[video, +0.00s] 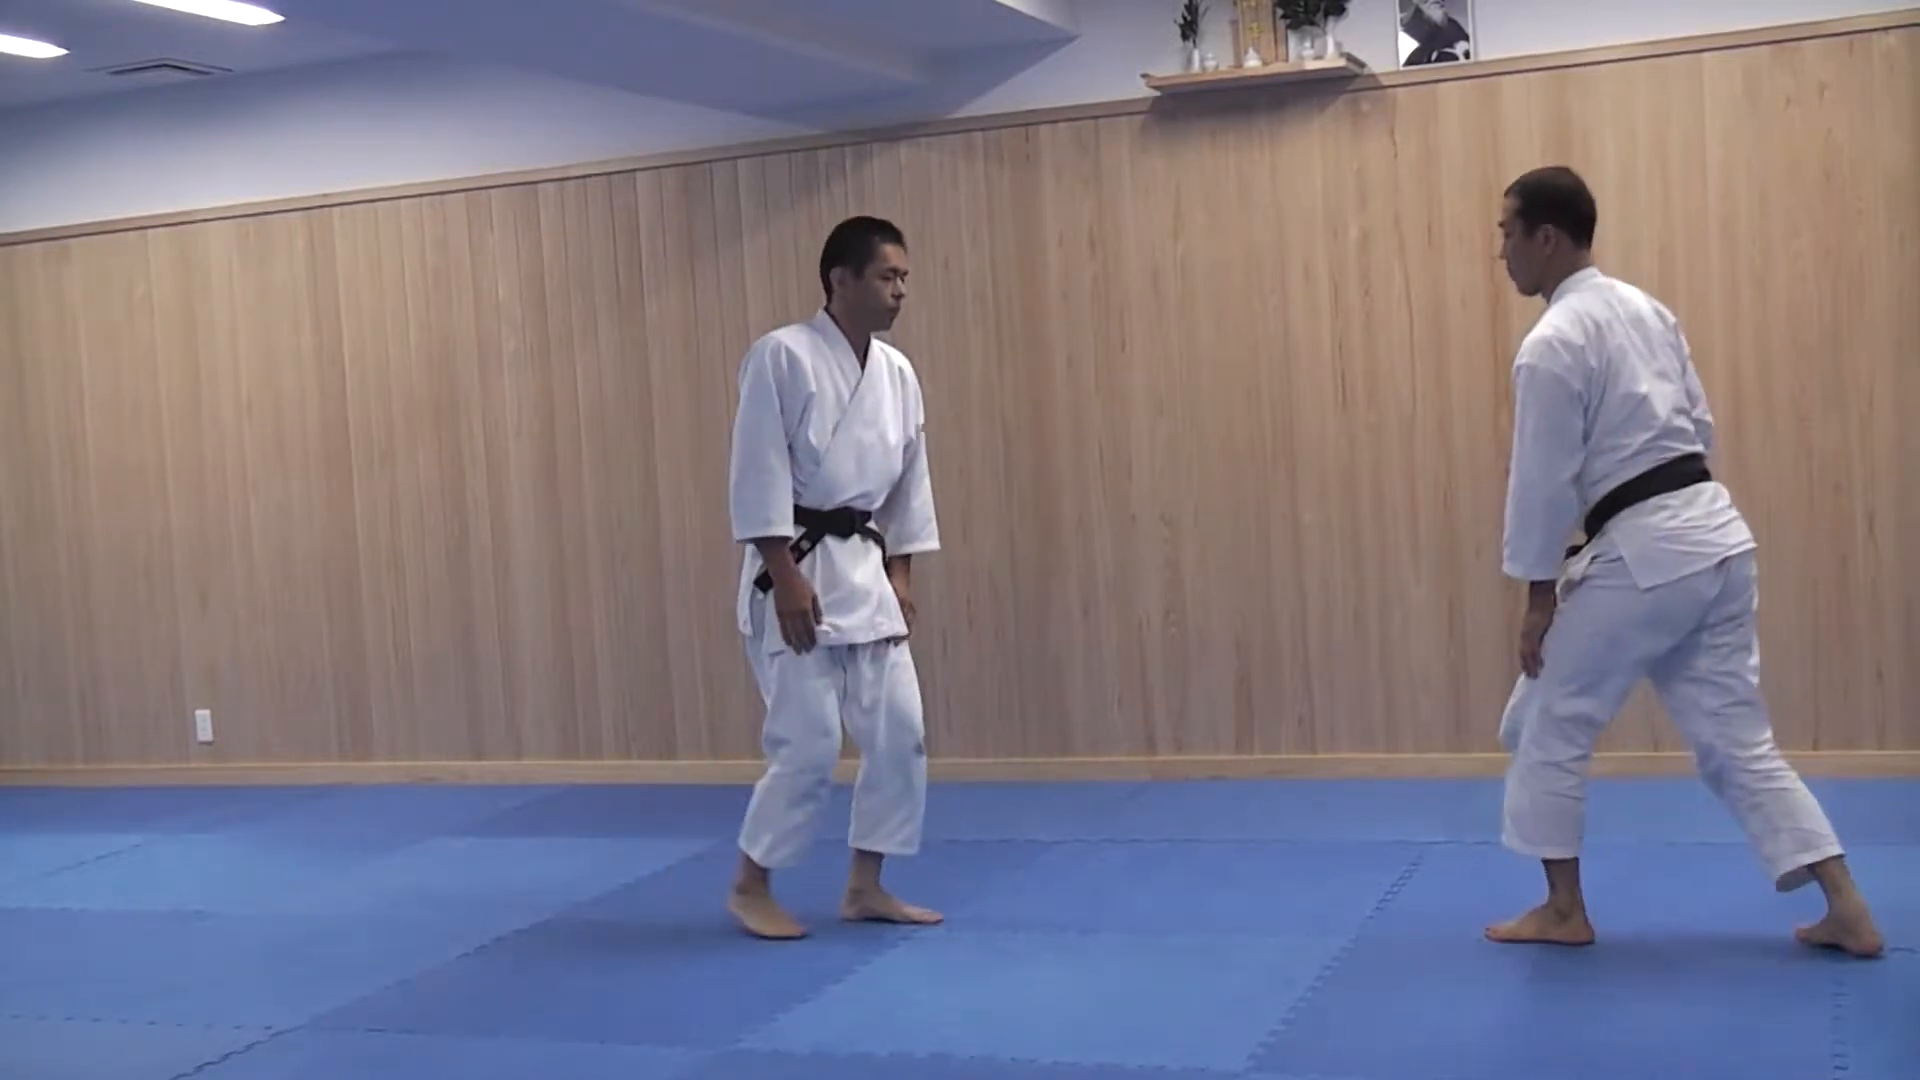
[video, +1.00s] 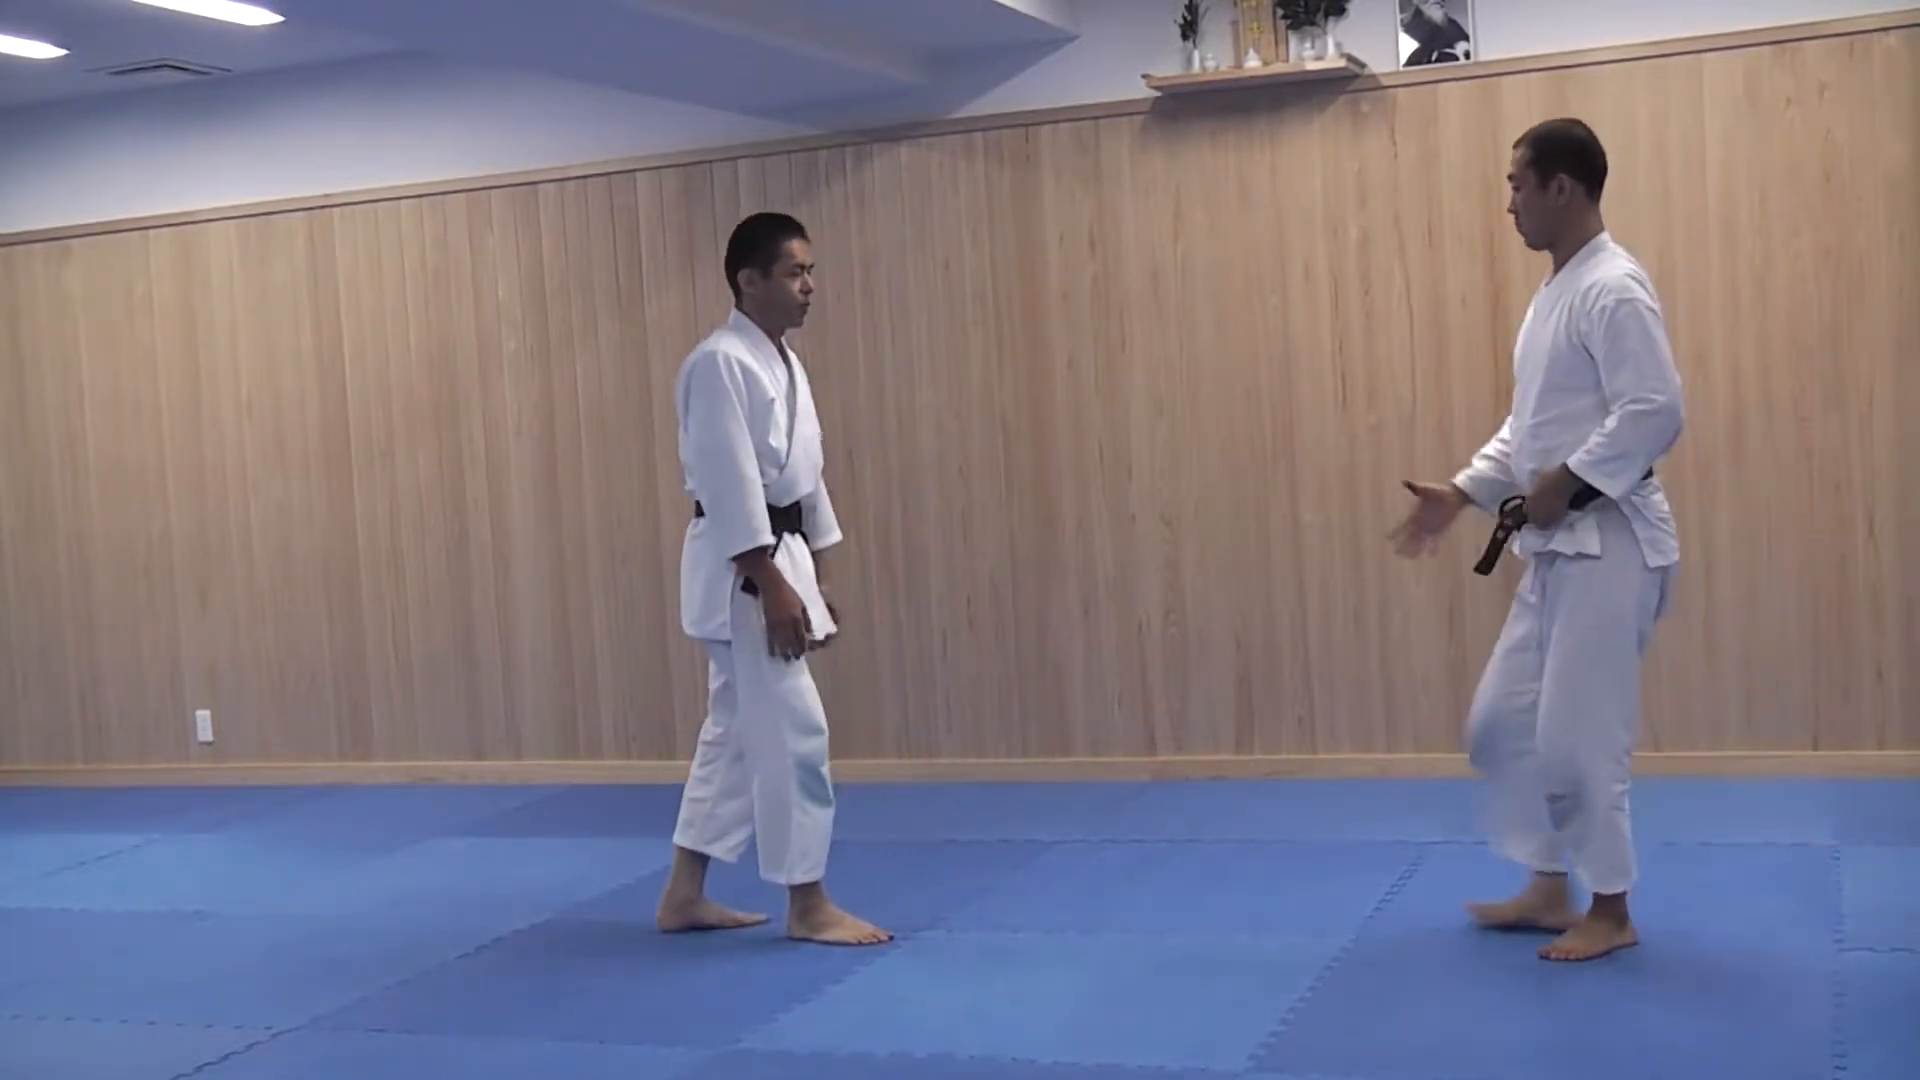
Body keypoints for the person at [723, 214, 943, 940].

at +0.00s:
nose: (901, 290)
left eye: (905, 278)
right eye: (888, 277)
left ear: (897, 284)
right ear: (839, 280)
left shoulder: (896, 371)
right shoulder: (782, 355)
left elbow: (907, 484)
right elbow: (758, 474)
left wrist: (899, 576)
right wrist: (784, 575)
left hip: (864, 568)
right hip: (794, 569)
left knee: (899, 727)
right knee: (810, 741)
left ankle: (865, 886)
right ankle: (750, 885)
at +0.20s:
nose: (882, 282)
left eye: (885, 269)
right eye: (868, 269)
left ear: (883, 274)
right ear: (819, 274)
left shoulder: (878, 361)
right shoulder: (766, 353)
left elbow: (889, 475)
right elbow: (743, 474)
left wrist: (886, 568)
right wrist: (767, 578)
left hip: (854, 563)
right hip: (792, 567)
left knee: (892, 718)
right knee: (834, 723)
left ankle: (866, 885)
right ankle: (811, 902)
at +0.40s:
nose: (865, 274)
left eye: (866, 260)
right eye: (851, 261)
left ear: (840, 270)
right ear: (801, 269)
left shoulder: (846, 350)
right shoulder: (761, 352)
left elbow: (848, 472)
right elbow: (743, 477)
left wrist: (858, 576)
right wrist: (757, 587)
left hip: (842, 562)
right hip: (787, 569)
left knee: (875, 721)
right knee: (815, 735)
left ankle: (852, 881)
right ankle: (808, 905)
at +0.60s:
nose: (844, 272)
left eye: (844, 259)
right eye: (829, 259)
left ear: (810, 269)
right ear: (782, 268)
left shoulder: (823, 349)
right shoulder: (750, 353)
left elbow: (832, 472)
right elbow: (744, 482)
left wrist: (843, 575)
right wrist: (770, 594)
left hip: (825, 561)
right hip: (782, 567)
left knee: (829, 727)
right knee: (811, 734)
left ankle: (747, 869)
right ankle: (809, 905)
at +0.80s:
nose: (825, 276)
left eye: (826, 262)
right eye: (811, 263)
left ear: (789, 274)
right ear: (765, 273)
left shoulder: (804, 352)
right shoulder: (736, 356)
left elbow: (817, 470)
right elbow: (740, 479)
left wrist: (827, 567)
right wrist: (777, 585)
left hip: (800, 557)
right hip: (764, 564)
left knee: (754, 723)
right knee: (808, 730)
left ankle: (688, 881)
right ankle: (809, 906)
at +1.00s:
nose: (810, 284)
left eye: (810, 271)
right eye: (795, 272)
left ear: (785, 280)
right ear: (748, 280)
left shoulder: (783, 361)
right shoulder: (719, 363)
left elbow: (803, 478)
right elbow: (731, 487)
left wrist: (818, 576)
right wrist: (772, 585)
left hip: (775, 560)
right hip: (743, 569)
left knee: (733, 727)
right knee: (796, 730)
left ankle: (683, 890)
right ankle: (809, 905)